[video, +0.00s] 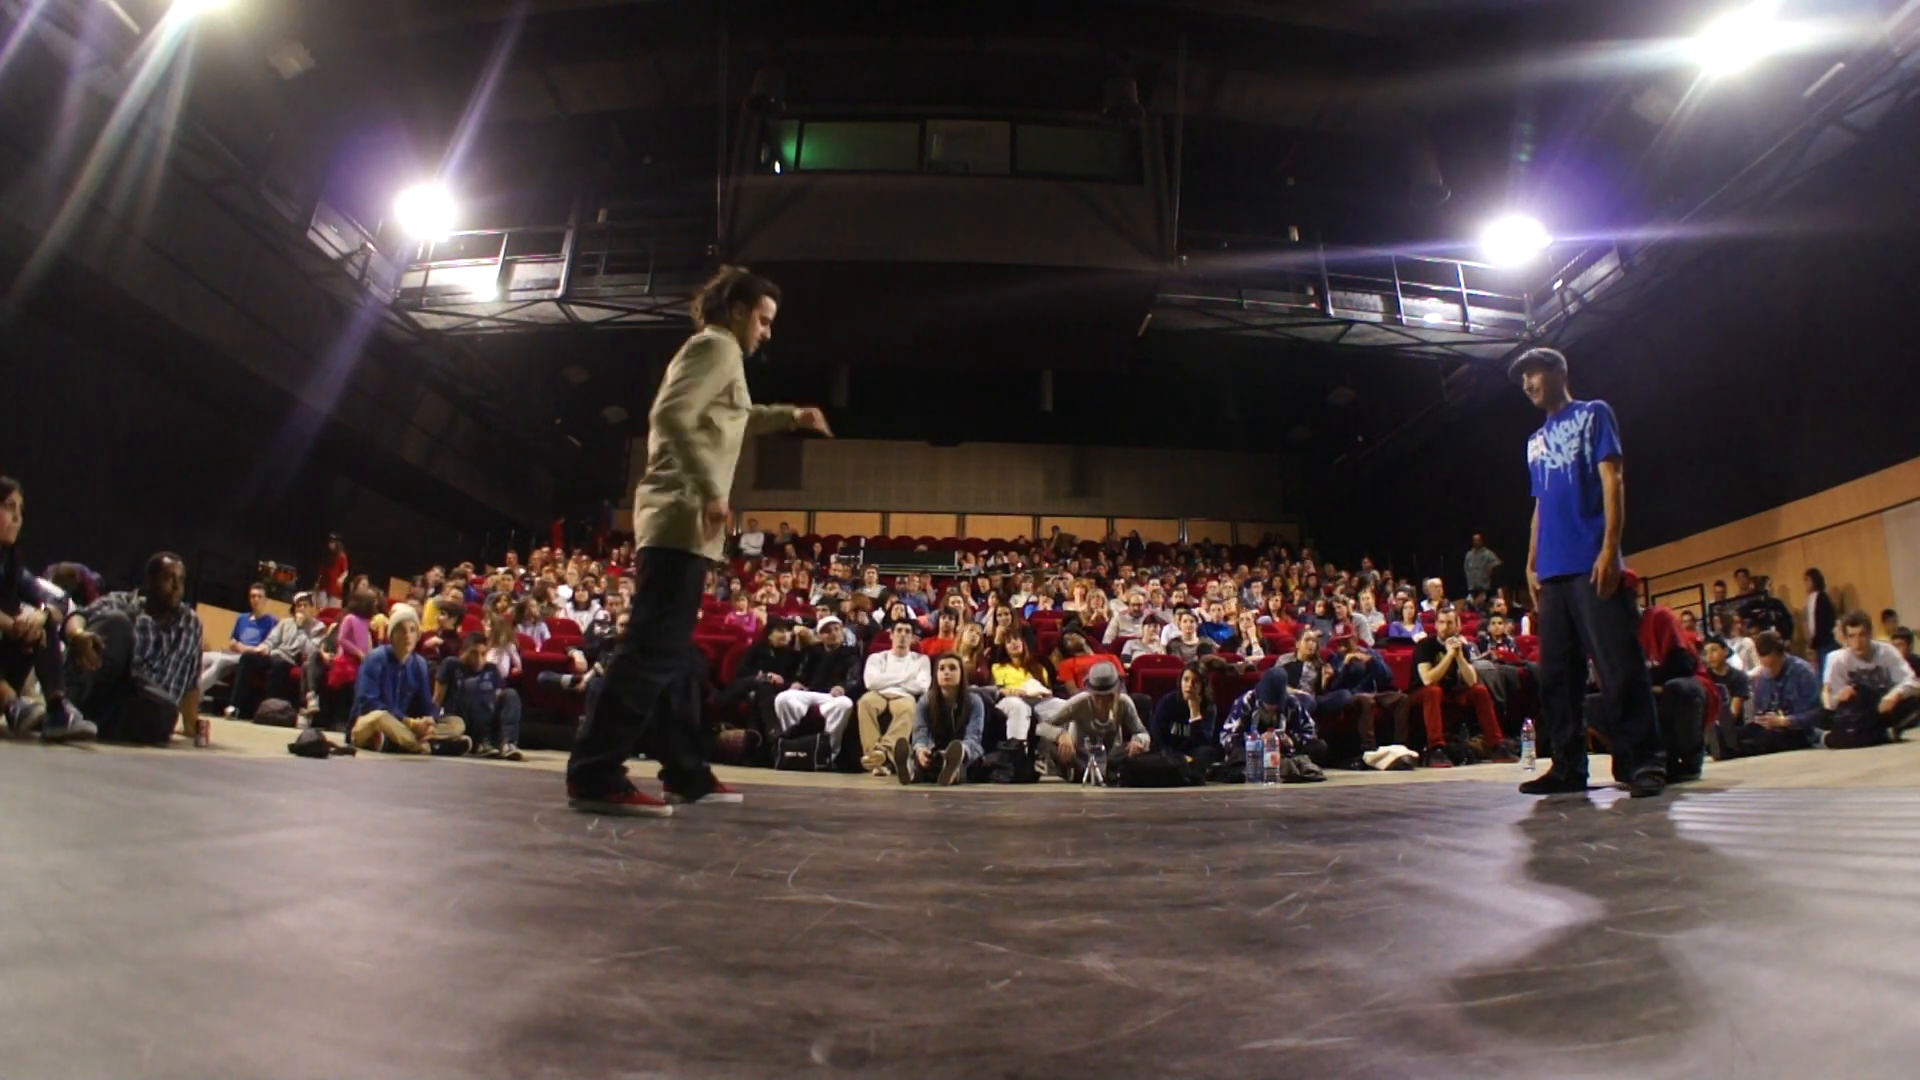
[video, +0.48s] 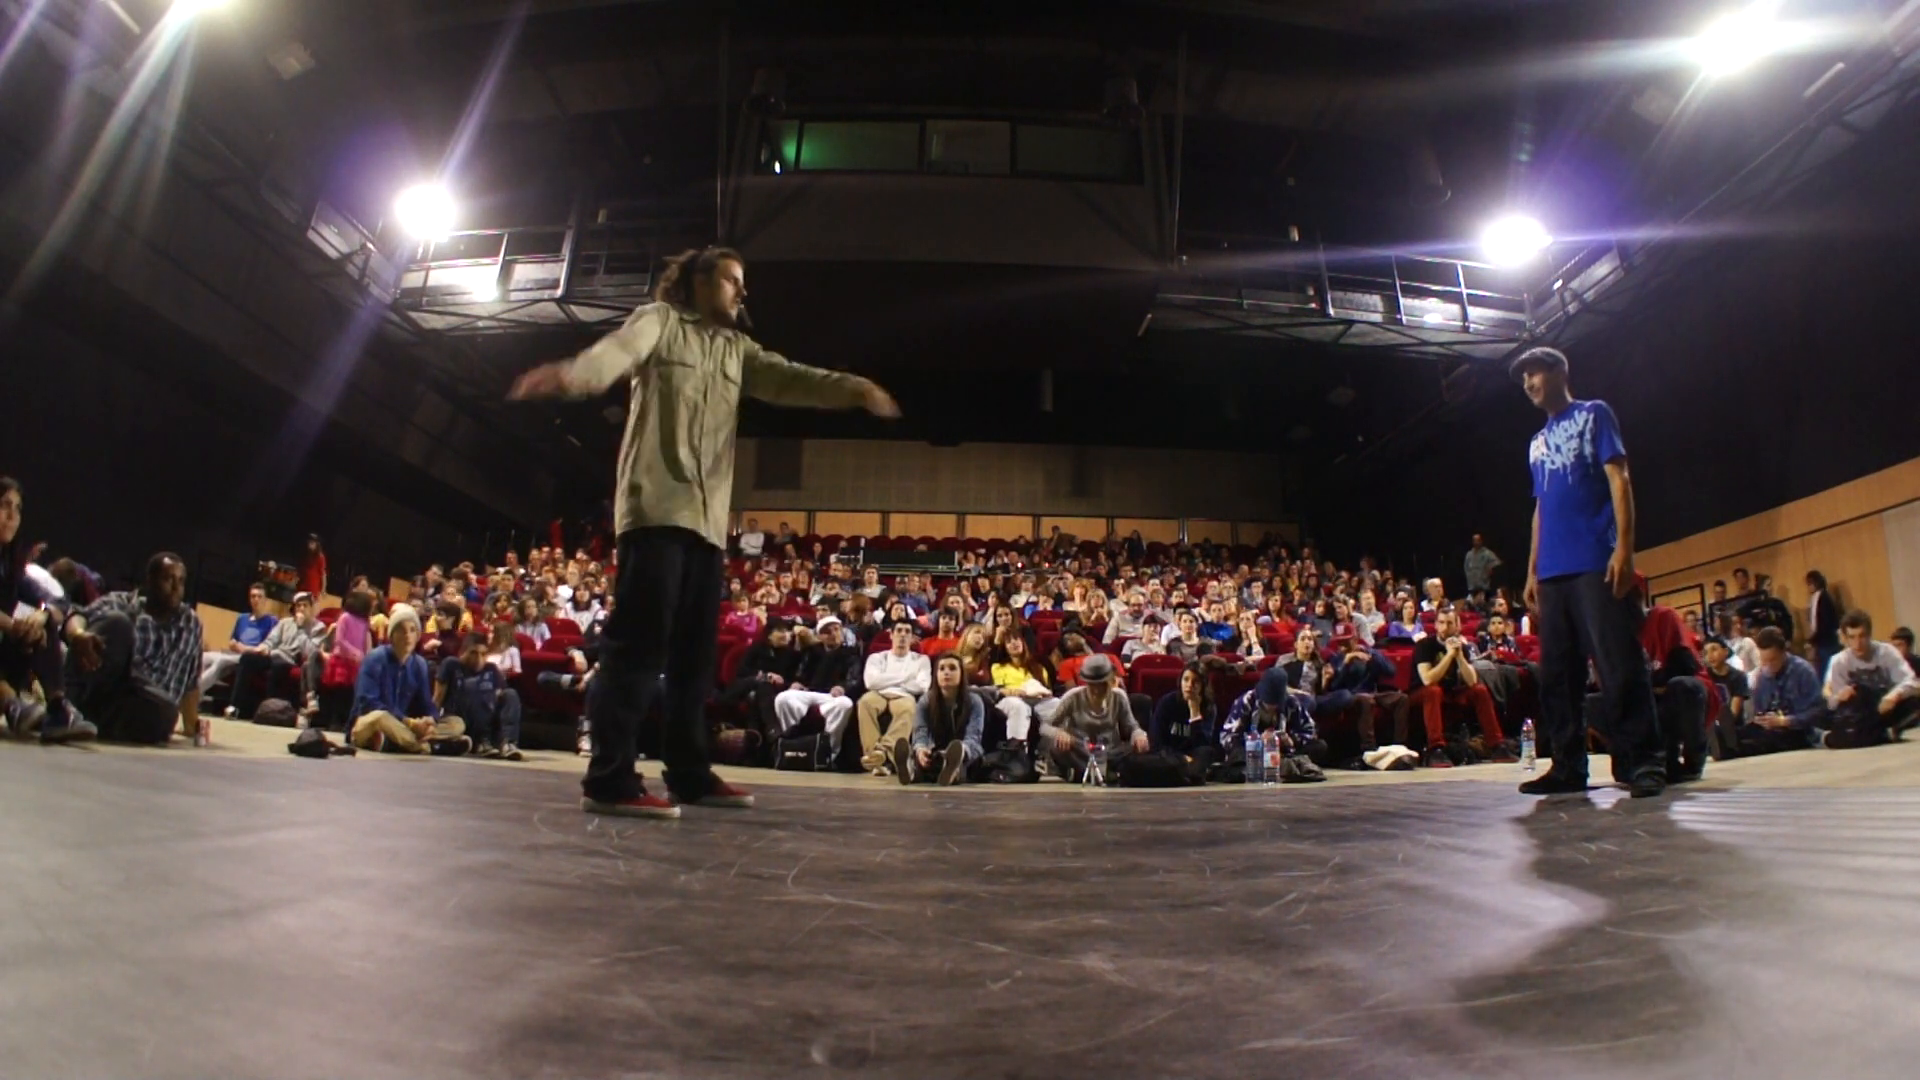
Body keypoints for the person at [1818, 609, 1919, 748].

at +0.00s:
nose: (1857, 642)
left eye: (1862, 635)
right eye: (1851, 636)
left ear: (1870, 634)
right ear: (1845, 638)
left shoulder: (1886, 651)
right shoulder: (1837, 659)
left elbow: (1911, 681)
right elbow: (1829, 702)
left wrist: (1894, 695)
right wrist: (1838, 697)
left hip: (1885, 703)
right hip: (1856, 704)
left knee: (1913, 704)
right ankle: (1885, 734)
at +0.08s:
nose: (1857, 642)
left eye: (1862, 635)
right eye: (1851, 636)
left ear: (1870, 635)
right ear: (1844, 638)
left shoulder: (1886, 651)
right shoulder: (1837, 660)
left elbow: (1911, 681)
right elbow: (1829, 702)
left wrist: (1894, 695)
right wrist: (1838, 697)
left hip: (1885, 703)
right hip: (1856, 704)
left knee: (1913, 704)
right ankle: (1884, 734)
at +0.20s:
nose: (1857, 642)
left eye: (1862, 635)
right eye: (1852, 636)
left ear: (1870, 635)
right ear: (1845, 638)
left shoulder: (1887, 652)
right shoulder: (1838, 661)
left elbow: (1911, 680)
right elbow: (1830, 702)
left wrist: (1894, 695)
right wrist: (1839, 696)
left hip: (1886, 703)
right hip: (1857, 706)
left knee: (1913, 704)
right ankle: (1884, 734)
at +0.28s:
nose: (1857, 642)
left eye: (1862, 635)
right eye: (1852, 636)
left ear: (1870, 635)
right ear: (1844, 638)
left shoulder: (1886, 652)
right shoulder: (1838, 661)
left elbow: (1911, 680)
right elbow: (1830, 702)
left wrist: (1894, 695)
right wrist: (1839, 696)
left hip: (1886, 703)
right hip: (1857, 705)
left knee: (1913, 704)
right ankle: (1884, 734)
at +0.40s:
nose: (1857, 643)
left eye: (1862, 636)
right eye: (1852, 637)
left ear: (1869, 635)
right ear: (1844, 638)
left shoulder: (1886, 652)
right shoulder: (1839, 661)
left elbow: (1911, 681)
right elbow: (1830, 702)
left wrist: (1893, 696)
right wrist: (1839, 696)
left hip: (1886, 703)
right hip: (1858, 705)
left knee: (1914, 704)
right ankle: (1884, 734)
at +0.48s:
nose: (1857, 643)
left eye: (1862, 636)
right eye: (1852, 637)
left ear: (1869, 635)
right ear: (1844, 638)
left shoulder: (1886, 652)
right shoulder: (1839, 661)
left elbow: (1911, 680)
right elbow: (1831, 703)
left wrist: (1893, 696)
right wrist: (1839, 696)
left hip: (1887, 702)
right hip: (1859, 705)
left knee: (1913, 703)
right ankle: (1884, 734)